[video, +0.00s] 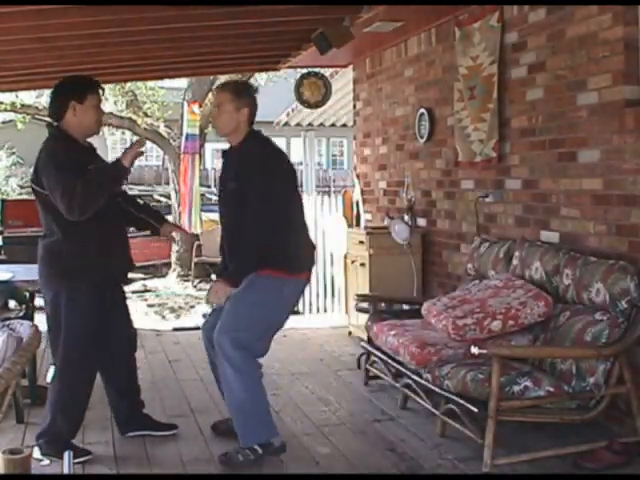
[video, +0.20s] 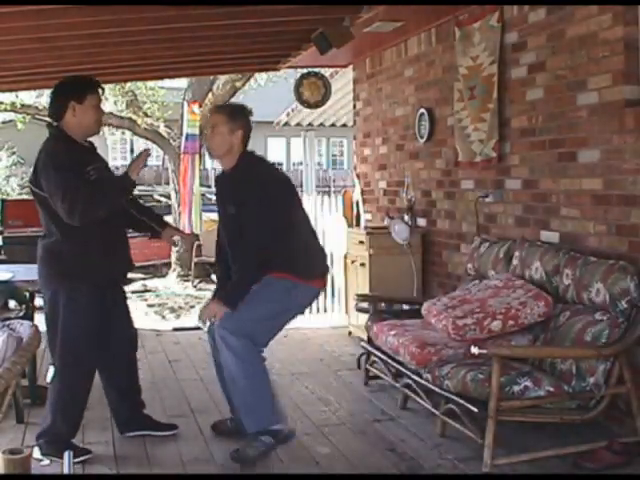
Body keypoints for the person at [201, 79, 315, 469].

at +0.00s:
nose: (214, 116)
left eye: (221, 109)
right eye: (214, 109)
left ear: (245, 112)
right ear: (228, 114)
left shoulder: (261, 157)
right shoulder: (235, 156)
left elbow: (260, 226)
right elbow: (237, 223)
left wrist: (231, 277)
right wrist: (226, 272)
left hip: (282, 268)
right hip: (261, 267)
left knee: (232, 339)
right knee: (214, 332)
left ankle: (262, 439)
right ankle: (246, 417)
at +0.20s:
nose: (207, 137)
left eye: (214, 130)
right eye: (206, 131)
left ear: (238, 133)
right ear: (225, 136)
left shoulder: (259, 177)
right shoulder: (227, 181)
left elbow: (257, 246)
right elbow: (227, 245)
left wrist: (225, 298)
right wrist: (221, 293)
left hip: (296, 273)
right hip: (266, 272)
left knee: (235, 334)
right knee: (218, 331)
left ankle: (269, 428)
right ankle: (246, 417)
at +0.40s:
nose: (208, 163)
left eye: (215, 155)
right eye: (209, 155)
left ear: (240, 160)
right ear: (234, 162)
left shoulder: (262, 200)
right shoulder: (239, 203)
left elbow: (264, 276)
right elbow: (238, 269)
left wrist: (231, 323)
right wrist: (227, 315)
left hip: (319, 285)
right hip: (290, 283)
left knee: (253, 348)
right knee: (235, 340)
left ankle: (287, 440)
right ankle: (249, 419)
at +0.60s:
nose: (223, 179)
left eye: (231, 172)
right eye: (223, 172)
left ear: (256, 176)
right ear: (248, 179)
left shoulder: (286, 211)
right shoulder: (252, 221)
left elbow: (284, 284)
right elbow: (250, 279)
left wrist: (251, 337)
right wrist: (233, 330)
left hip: (346, 286)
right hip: (320, 285)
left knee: (276, 346)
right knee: (282, 345)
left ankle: (289, 440)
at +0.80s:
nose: (250, 185)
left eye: (257, 178)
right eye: (250, 178)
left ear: (282, 182)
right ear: (276, 185)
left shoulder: (316, 214)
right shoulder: (279, 225)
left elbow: (318, 282)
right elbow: (271, 279)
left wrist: (282, 336)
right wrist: (248, 331)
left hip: (375, 283)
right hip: (346, 281)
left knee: (306, 342)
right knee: (295, 337)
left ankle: (317, 429)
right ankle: (313, 413)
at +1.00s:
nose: (293, 191)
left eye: (301, 184)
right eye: (294, 184)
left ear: (324, 189)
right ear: (317, 191)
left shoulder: (354, 223)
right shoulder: (318, 231)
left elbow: (343, 288)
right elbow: (309, 275)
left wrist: (299, 334)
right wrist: (281, 310)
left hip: (405, 299)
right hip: (369, 297)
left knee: (333, 336)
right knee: (308, 332)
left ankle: (356, 428)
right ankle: (319, 414)